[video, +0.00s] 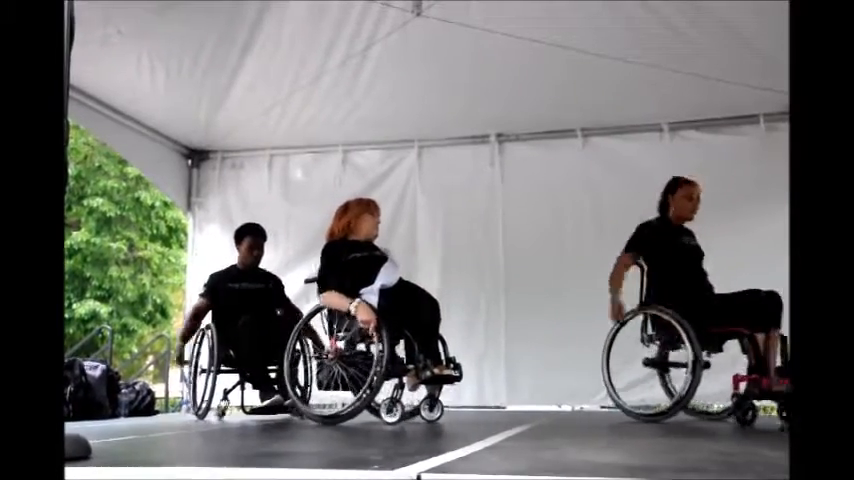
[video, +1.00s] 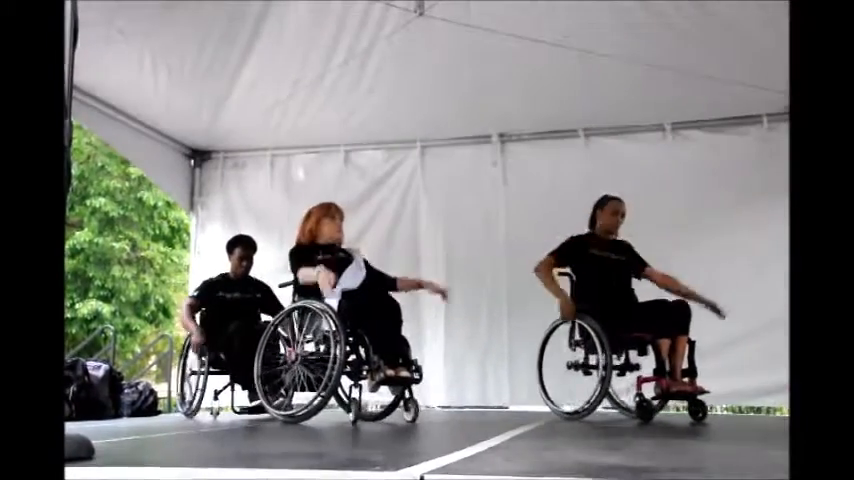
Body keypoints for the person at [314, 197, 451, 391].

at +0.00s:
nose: (378, 221)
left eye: (377, 217)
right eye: (373, 216)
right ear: (355, 221)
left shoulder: (372, 249)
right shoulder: (335, 249)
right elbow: (326, 295)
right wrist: (356, 306)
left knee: (428, 305)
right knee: (413, 312)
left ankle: (432, 364)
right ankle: (419, 368)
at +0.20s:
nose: (370, 224)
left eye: (370, 219)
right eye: (365, 219)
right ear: (346, 222)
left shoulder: (367, 251)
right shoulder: (327, 251)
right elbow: (306, 297)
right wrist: (334, 298)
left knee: (420, 305)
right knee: (405, 310)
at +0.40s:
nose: (361, 227)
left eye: (362, 221)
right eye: (356, 221)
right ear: (338, 223)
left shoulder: (359, 252)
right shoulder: (318, 252)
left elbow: (378, 282)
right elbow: (292, 287)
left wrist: (413, 286)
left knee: (407, 302)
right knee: (401, 306)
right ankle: (415, 362)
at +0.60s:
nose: (353, 225)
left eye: (354, 220)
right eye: (347, 219)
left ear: (355, 225)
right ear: (329, 223)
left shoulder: (362, 253)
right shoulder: (314, 250)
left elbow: (394, 257)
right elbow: (285, 253)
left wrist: (425, 243)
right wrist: (274, 223)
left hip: (359, 311)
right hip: (330, 314)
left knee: (401, 305)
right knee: (383, 309)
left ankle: (410, 362)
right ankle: (401, 363)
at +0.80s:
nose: (346, 227)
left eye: (346, 223)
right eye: (340, 222)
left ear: (346, 226)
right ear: (323, 225)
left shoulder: (354, 255)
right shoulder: (309, 253)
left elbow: (395, 255)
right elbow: (298, 250)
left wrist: (435, 236)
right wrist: (303, 226)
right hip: (325, 312)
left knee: (394, 307)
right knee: (375, 314)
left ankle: (402, 362)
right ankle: (393, 364)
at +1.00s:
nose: (338, 226)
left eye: (340, 222)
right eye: (332, 221)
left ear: (342, 225)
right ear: (316, 225)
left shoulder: (348, 256)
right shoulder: (301, 252)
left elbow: (384, 281)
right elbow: (300, 273)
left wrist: (422, 284)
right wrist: (319, 274)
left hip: (349, 307)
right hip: (318, 312)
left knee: (388, 305)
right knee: (368, 308)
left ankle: (396, 363)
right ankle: (383, 364)